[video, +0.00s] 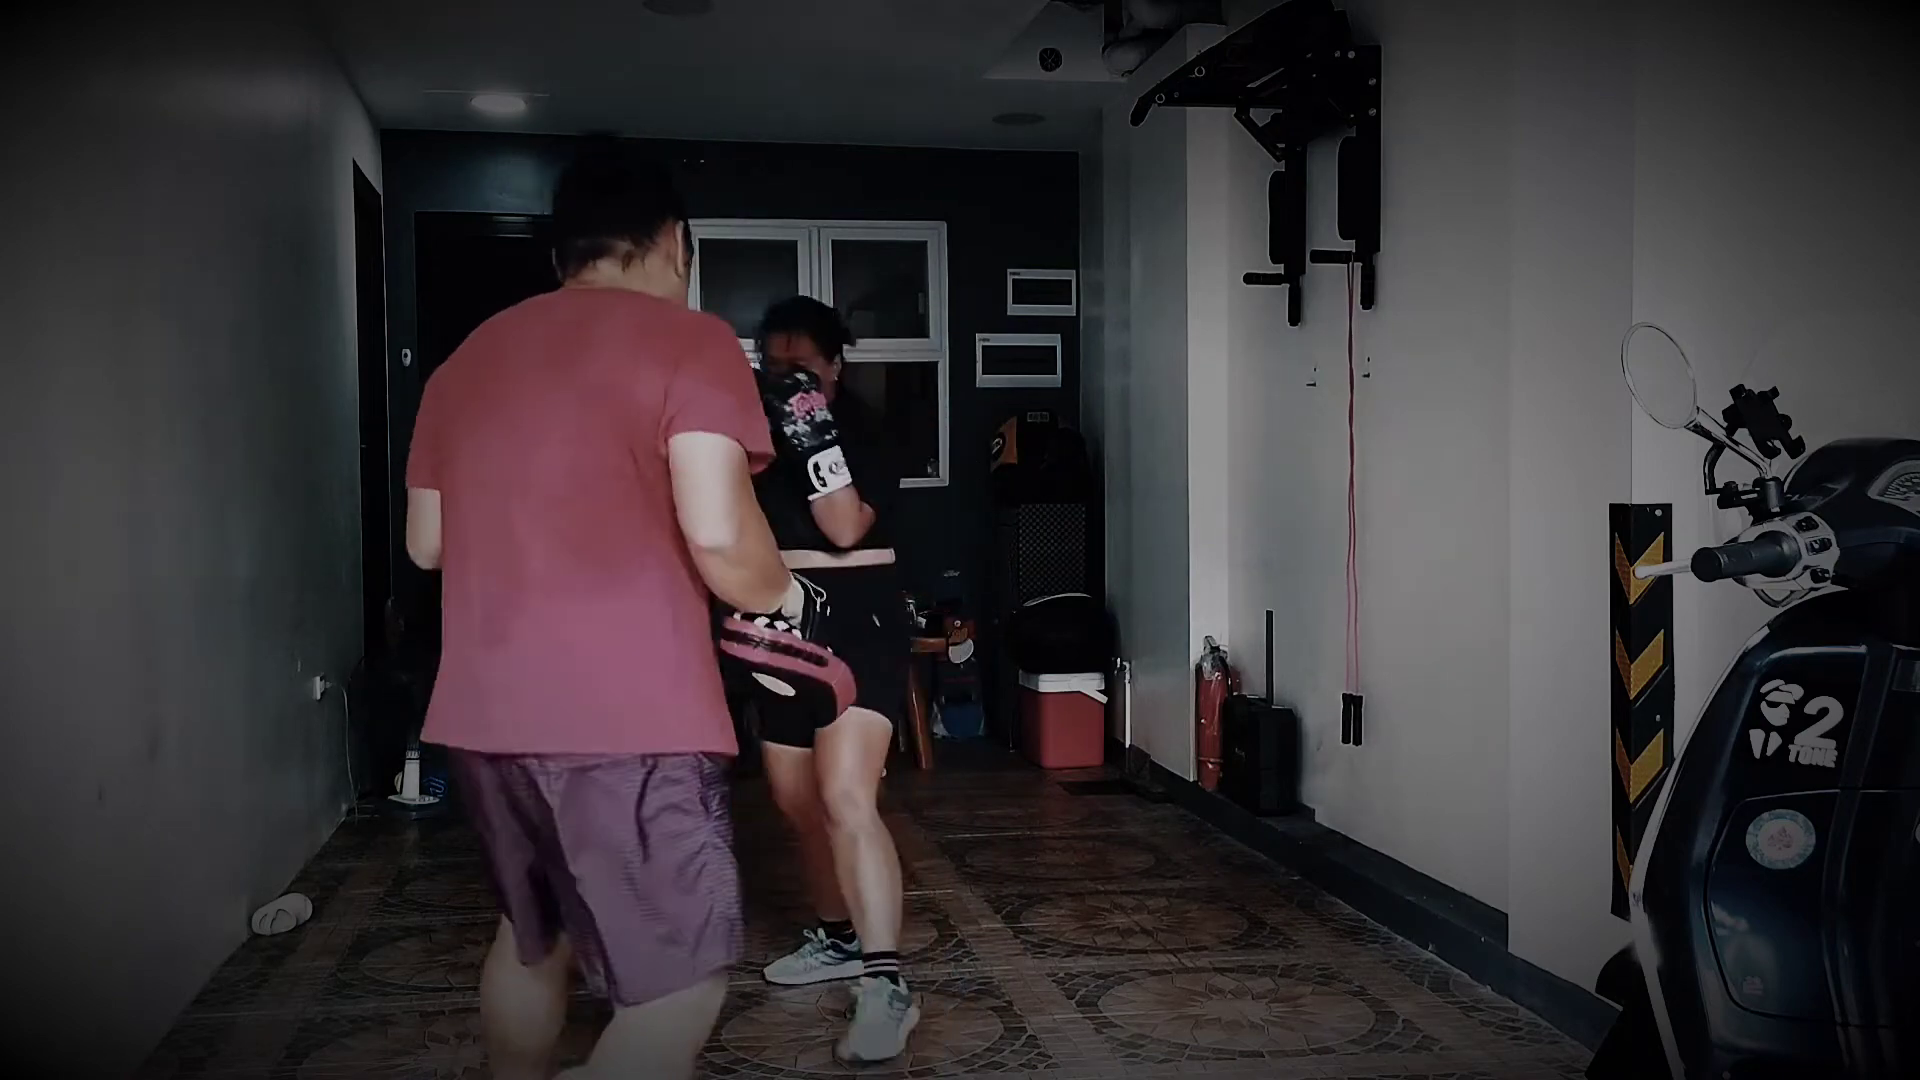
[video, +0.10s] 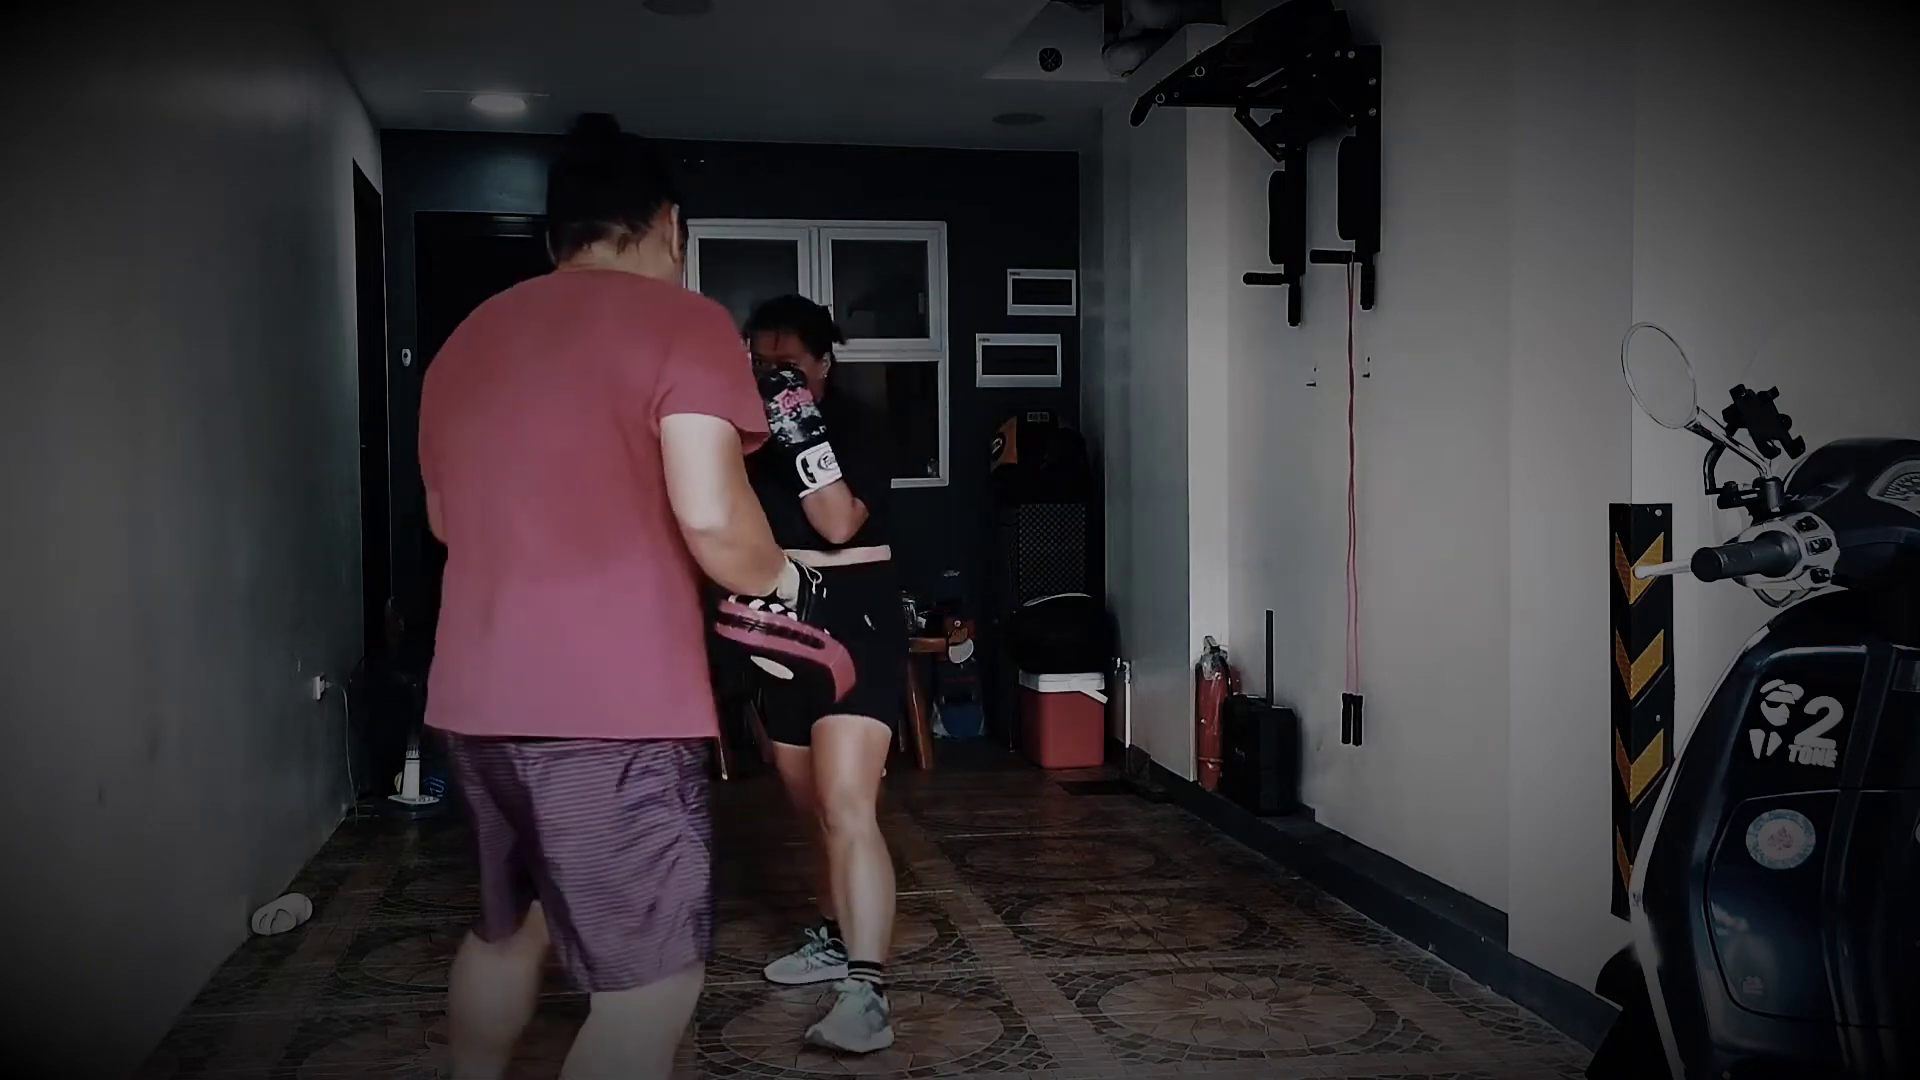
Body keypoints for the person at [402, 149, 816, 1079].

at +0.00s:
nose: (688, 271)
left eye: (686, 253)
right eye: (687, 252)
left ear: (566, 250)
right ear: (669, 241)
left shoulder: (464, 361)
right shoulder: (686, 336)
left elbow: (426, 541)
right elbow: (719, 536)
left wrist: (547, 527)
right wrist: (782, 593)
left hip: (481, 725)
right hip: (631, 727)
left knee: (528, 933)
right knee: (676, 984)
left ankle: (510, 1077)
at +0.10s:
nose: (684, 256)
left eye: (681, 236)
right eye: (681, 235)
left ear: (562, 234)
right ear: (664, 225)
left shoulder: (466, 340)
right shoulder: (678, 318)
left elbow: (448, 518)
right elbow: (712, 520)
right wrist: (774, 574)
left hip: (471, 705)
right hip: (614, 712)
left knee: (506, 921)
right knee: (651, 979)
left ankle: (470, 1073)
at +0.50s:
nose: (615, 293)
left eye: (609, 270)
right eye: (609, 267)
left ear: (509, 256)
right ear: (582, 252)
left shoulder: (425, 347)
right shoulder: (574, 348)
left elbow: (482, 509)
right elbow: (602, 537)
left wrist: (638, 559)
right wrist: (689, 574)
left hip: (368, 699)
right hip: (479, 712)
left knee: (436, 930)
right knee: (529, 955)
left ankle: (436, 1075)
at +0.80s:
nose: (546, 290)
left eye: (550, 273)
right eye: (547, 266)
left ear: (438, 244)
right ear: (514, 242)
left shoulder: (367, 333)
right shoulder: (491, 337)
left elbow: (432, 504)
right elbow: (532, 518)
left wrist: (584, 558)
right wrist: (630, 524)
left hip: (323, 691)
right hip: (397, 705)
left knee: (414, 952)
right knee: (378, 958)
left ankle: (423, 1077)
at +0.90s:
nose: (525, 268)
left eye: (524, 245)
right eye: (524, 242)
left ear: (412, 225)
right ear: (490, 225)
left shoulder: (345, 317)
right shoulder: (465, 317)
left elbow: (411, 484)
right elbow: (503, 495)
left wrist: (557, 533)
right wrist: (602, 511)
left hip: (306, 681)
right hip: (379, 694)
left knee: (349, 932)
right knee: (369, 946)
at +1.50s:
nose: (476, 272)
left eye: (475, 251)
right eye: (473, 247)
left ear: (361, 231)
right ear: (441, 234)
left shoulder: (289, 334)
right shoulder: (407, 332)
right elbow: (556, 470)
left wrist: (558, 383)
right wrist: (565, 363)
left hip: (260, 721)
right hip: (332, 729)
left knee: (323, 978)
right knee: (354, 985)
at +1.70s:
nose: (488, 271)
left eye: (488, 252)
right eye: (487, 249)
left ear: (372, 228)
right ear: (462, 230)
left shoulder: (282, 341)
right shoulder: (457, 325)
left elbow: (241, 527)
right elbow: (593, 455)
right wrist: (598, 344)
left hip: (277, 710)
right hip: (378, 717)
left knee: (436, 895)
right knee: (333, 984)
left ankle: (452, 1077)